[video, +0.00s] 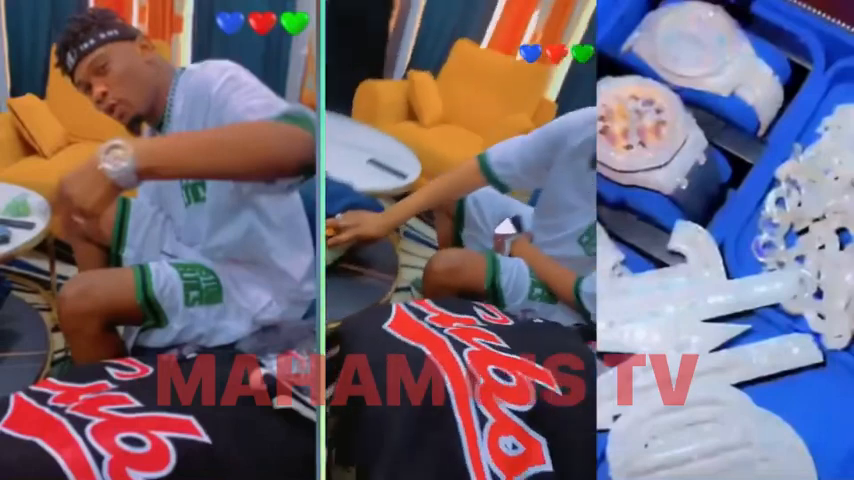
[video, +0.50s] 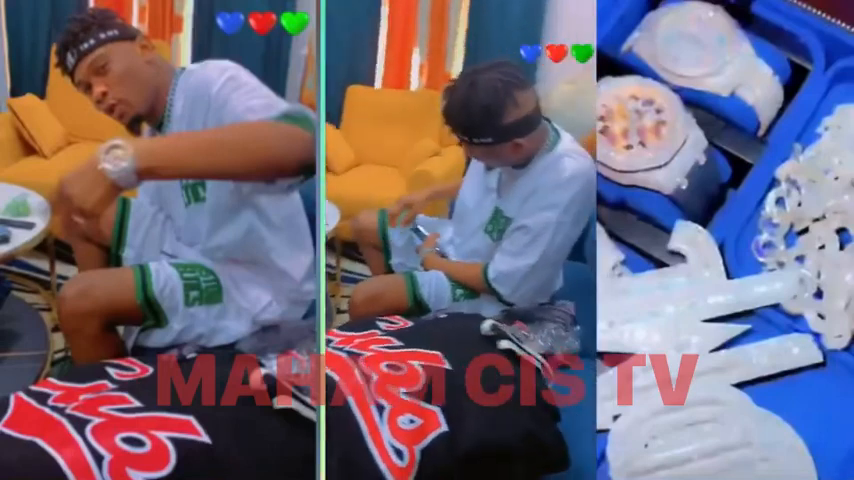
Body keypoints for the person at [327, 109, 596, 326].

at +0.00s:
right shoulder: (587, 128)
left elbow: (592, 299)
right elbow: (485, 168)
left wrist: (526, 251)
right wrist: (387, 219)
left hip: (575, 291)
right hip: (539, 235)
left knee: (443, 267)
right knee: (447, 197)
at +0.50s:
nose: (464, 148)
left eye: (470, 143)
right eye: (463, 140)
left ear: (516, 148)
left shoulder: (567, 175)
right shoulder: (500, 134)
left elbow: (506, 282)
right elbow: (478, 186)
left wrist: (434, 261)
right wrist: (428, 194)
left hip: (493, 286)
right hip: (461, 239)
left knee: (366, 297)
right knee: (367, 226)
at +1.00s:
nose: (385, 124)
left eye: (391, 111)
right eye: (382, 112)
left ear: (429, 94)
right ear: (428, 94)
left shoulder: (481, 140)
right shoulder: (426, 129)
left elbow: (464, 260)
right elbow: (417, 190)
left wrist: (394, 276)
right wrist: (374, 216)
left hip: (462, 277)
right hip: (420, 247)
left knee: (329, 339)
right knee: (329, 263)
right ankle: (374, 347)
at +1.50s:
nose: (375, 106)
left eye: (383, 86)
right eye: (364, 100)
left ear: (418, 81)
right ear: (363, 111)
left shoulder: (465, 134)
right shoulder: (402, 156)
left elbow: (476, 251)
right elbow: (385, 213)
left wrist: (405, 293)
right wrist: (352, 258)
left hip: (484, 285)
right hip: (430, 269)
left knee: (332, 362)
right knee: (328, 289)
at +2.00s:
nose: (371, 134)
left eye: (373, 122)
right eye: (369, 124)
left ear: (408, 113)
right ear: (409, 114)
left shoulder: (461, 153)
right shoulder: (426, 147)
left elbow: (425, 269)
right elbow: (397, 213)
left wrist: (361, 283)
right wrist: (346, 247)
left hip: (492, 286)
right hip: (459, 260)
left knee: (353, 331)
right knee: (359, 259)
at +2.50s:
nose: (377, 149)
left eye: (381, 139)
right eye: (375, 139)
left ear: (421, 132)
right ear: (423, 131)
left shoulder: (476, 165)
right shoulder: (440, 148)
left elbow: (419, 272)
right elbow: (394, 195)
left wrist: (364, 251)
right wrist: (338, 218)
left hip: (497, 290)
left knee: (358, 304)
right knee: (369, 229)